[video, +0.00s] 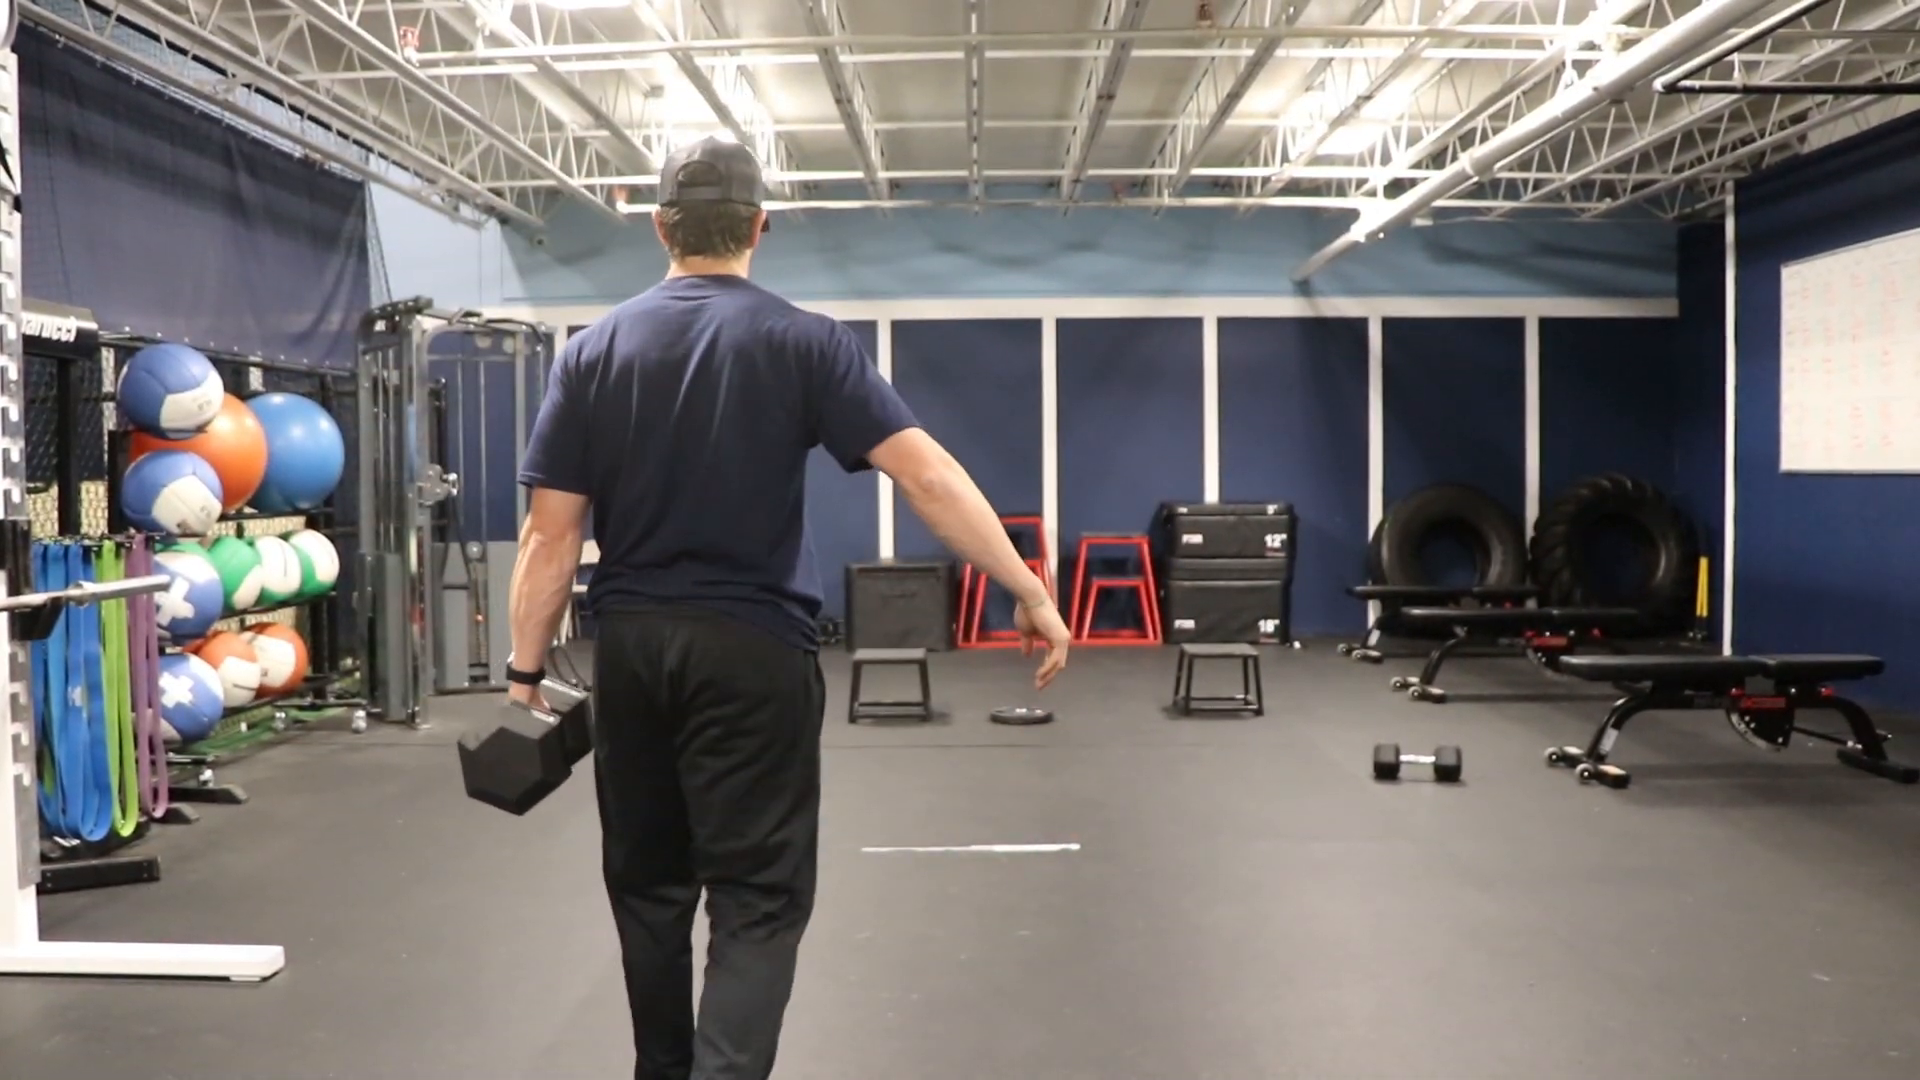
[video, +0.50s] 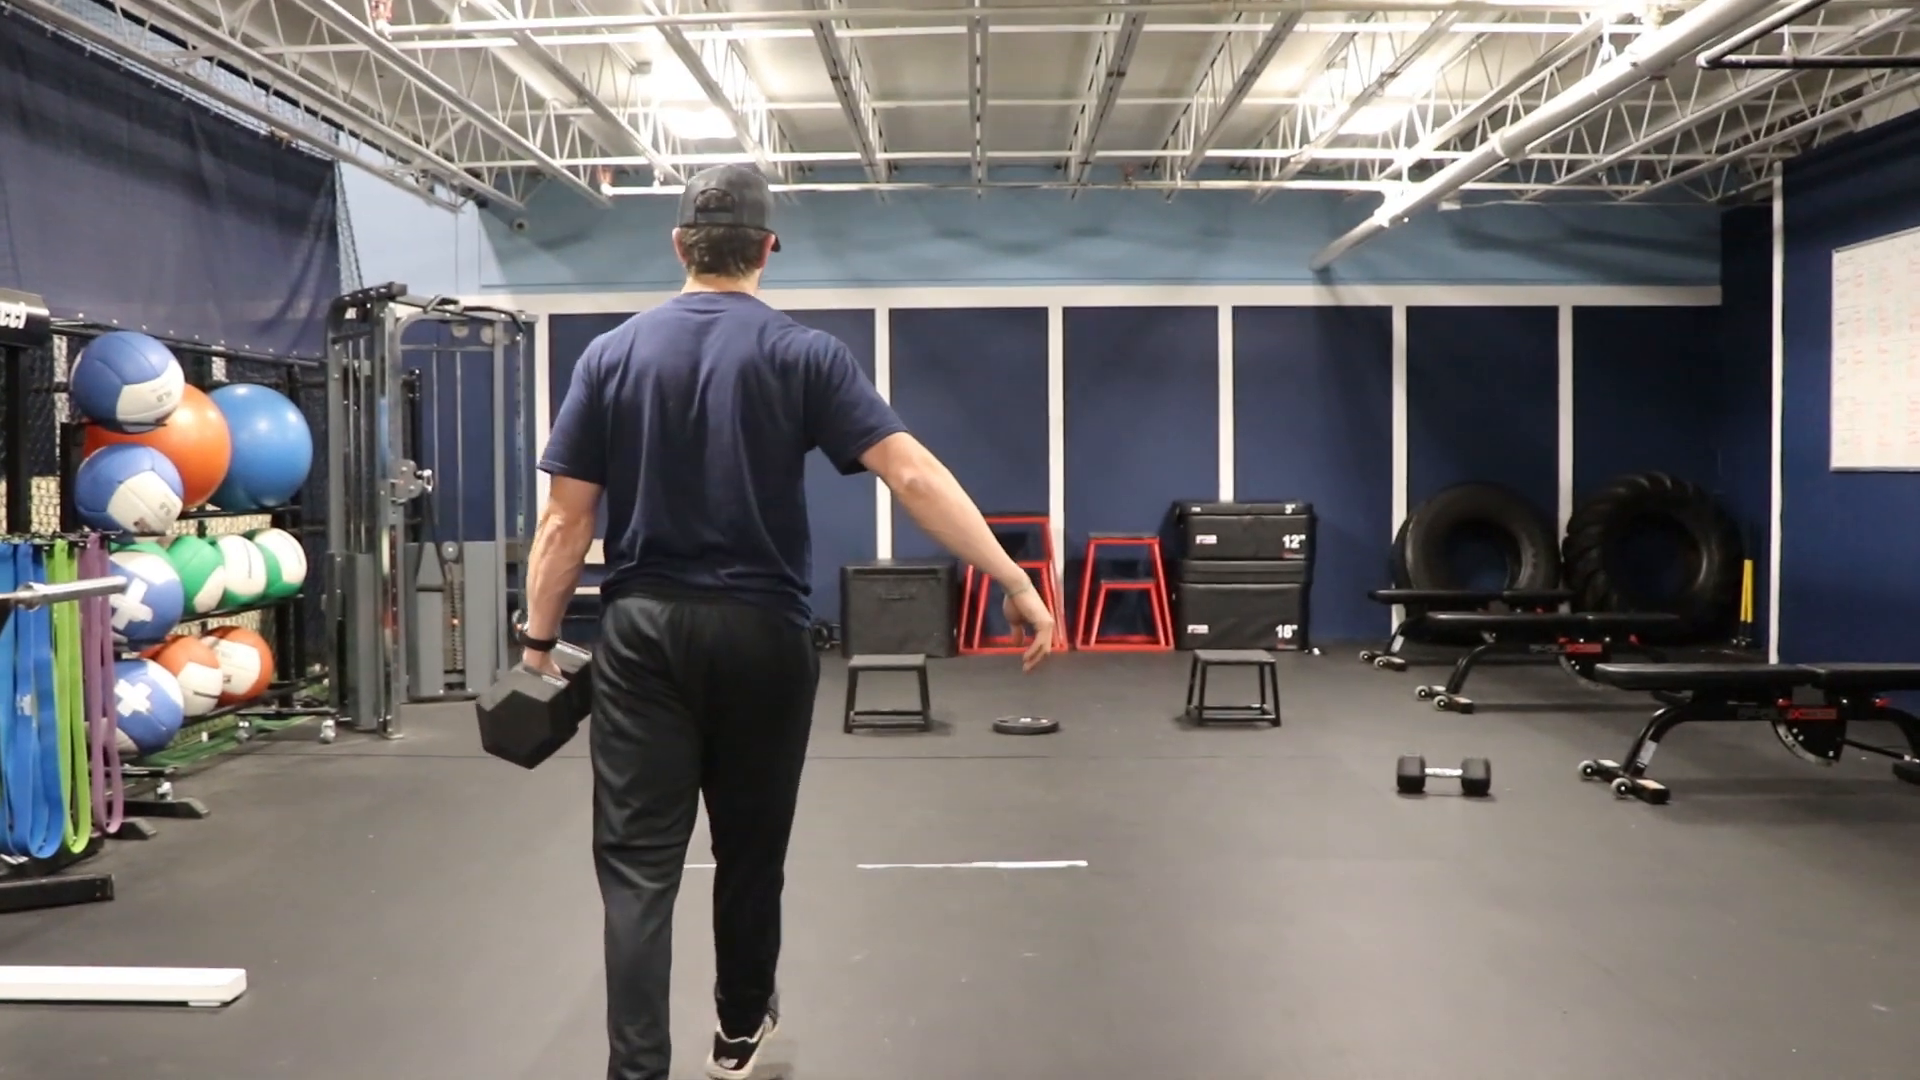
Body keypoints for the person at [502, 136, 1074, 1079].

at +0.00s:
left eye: (668, 217)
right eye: (758, 217)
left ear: (661, 228)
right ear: (759, 228)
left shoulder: (596, 350)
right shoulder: (809, 343)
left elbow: (551, 534)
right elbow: (924, 472)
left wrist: (524, 680)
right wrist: (1027, 587)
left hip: (629, 646)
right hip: (753, 650)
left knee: (650, 894)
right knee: (758, 900)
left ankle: (664, 1070)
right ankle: (725, 1071)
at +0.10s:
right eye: (755, 222)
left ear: (660, 229)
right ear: (754, 230)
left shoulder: (594, 349)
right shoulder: (797, 339)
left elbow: (552, 530)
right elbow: (916, 461)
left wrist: (529, 656)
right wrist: (1026, 569)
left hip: (632, 642)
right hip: (758, 643)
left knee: (649, 874)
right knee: (781, 867)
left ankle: (662, 1067)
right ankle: (726, 1066)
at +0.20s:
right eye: (755, 224)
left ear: (660, 230)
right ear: (752, 231)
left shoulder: (596, 348)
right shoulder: (793, 338)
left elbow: (554, 523)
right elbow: (910, 458)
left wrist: (532, 655)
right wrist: (1022, 561)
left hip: (637, 635)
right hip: (763, 635)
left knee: (646, 871)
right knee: (787, 853)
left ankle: (655, 1070)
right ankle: (750, 1067)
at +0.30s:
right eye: (754, 226)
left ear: (661, 233)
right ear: (752, 235)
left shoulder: (598, 349)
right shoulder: (795, 340)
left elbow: (555, 521)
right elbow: (906, 458)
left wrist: (533, 648)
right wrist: (1017, 562)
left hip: (640, 633)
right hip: (764, 633)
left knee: (643, 867)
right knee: (780, 852)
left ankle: (648, 1068)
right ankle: (778, 1061)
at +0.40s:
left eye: (677, 232)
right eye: (756, 236)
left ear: (667, 241)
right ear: (757, 243)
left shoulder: (602, 352)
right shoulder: (799, 346)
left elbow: (557, 521)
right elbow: (907, 463)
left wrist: (534, 643)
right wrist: (1015, 570)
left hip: (641, 631)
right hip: (764, 633)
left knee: (639, 865)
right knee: (767, 850)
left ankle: (641, 1069)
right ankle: (770, 1042)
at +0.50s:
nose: (762, 253)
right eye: (767, 242)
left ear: (678, 250)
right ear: (766, 250)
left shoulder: (609, 356)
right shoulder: (806, 354)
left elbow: (566, 519)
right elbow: (911, 473)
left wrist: (537, 641)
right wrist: (1013, 578)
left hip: (642, 628)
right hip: (762, 631)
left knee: (636, 861)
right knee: (751, 850)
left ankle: (635, 1069)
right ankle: (738, 1034)